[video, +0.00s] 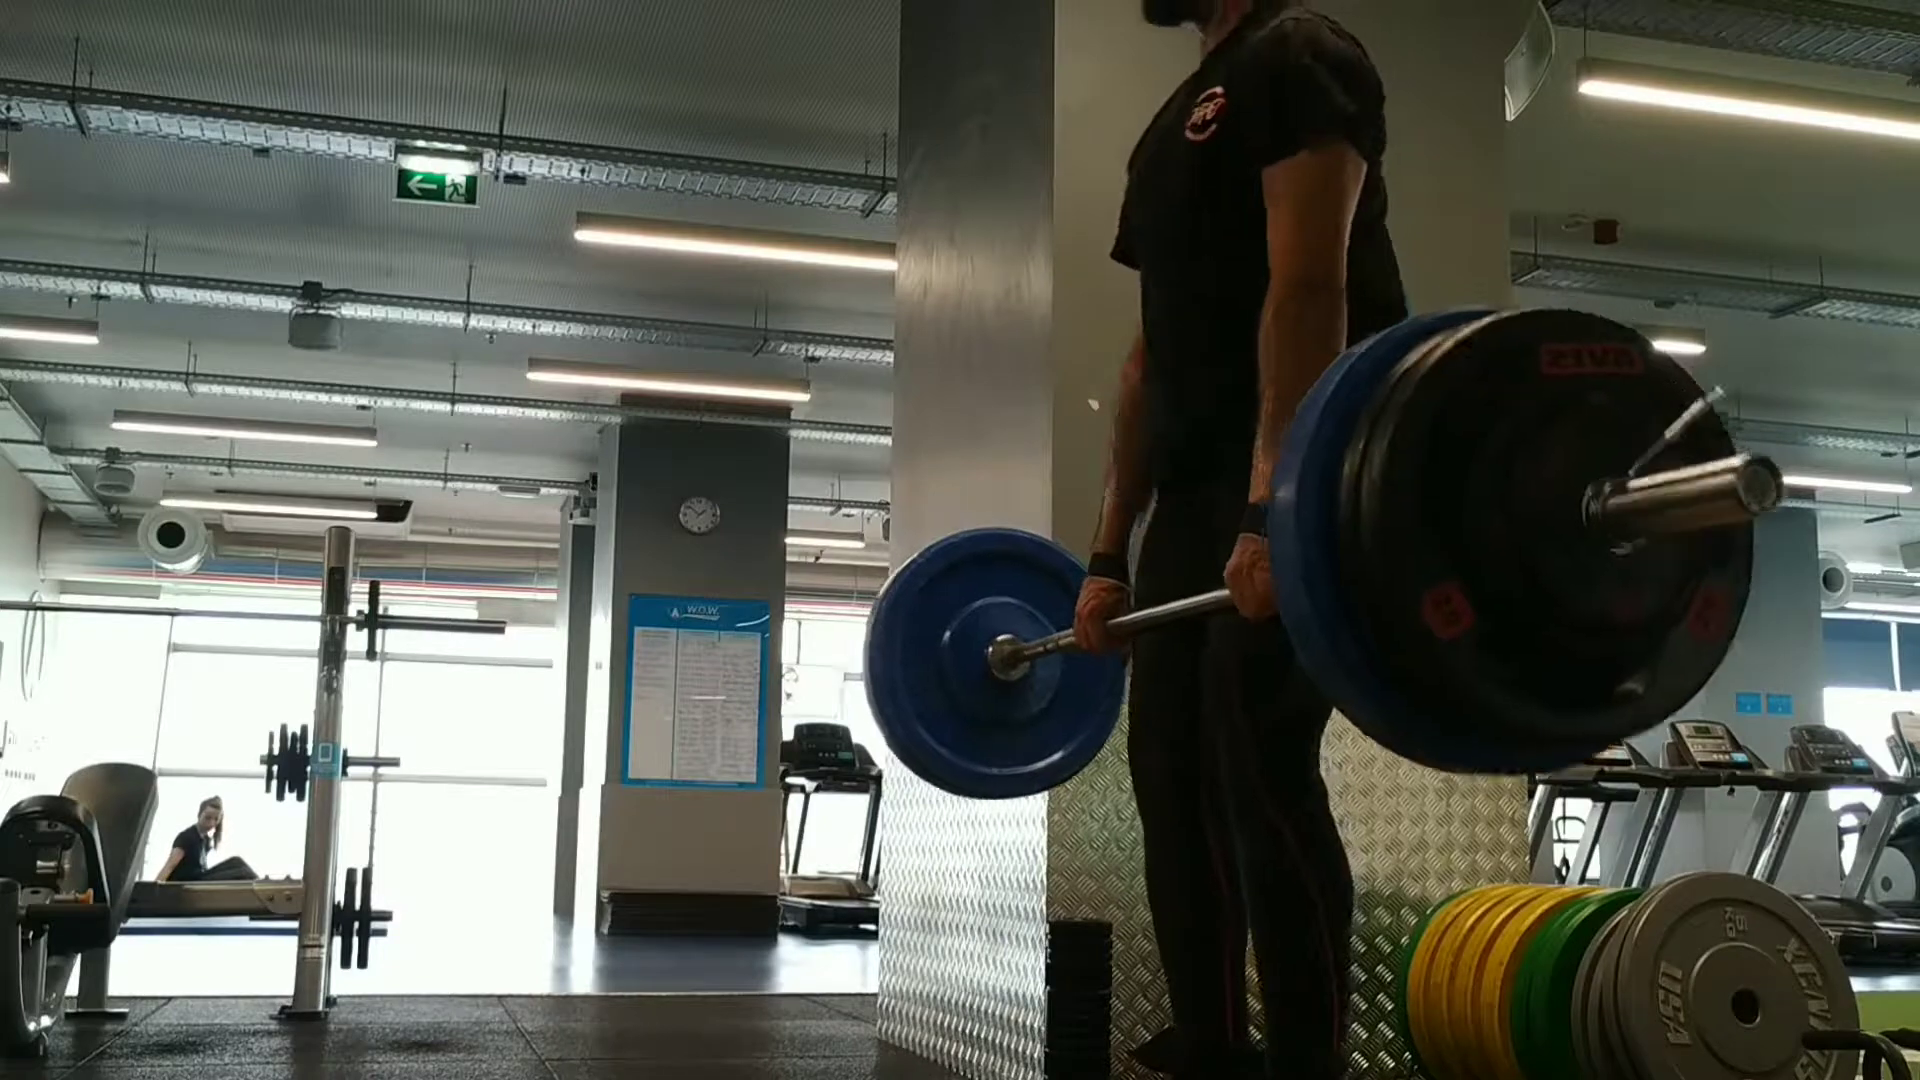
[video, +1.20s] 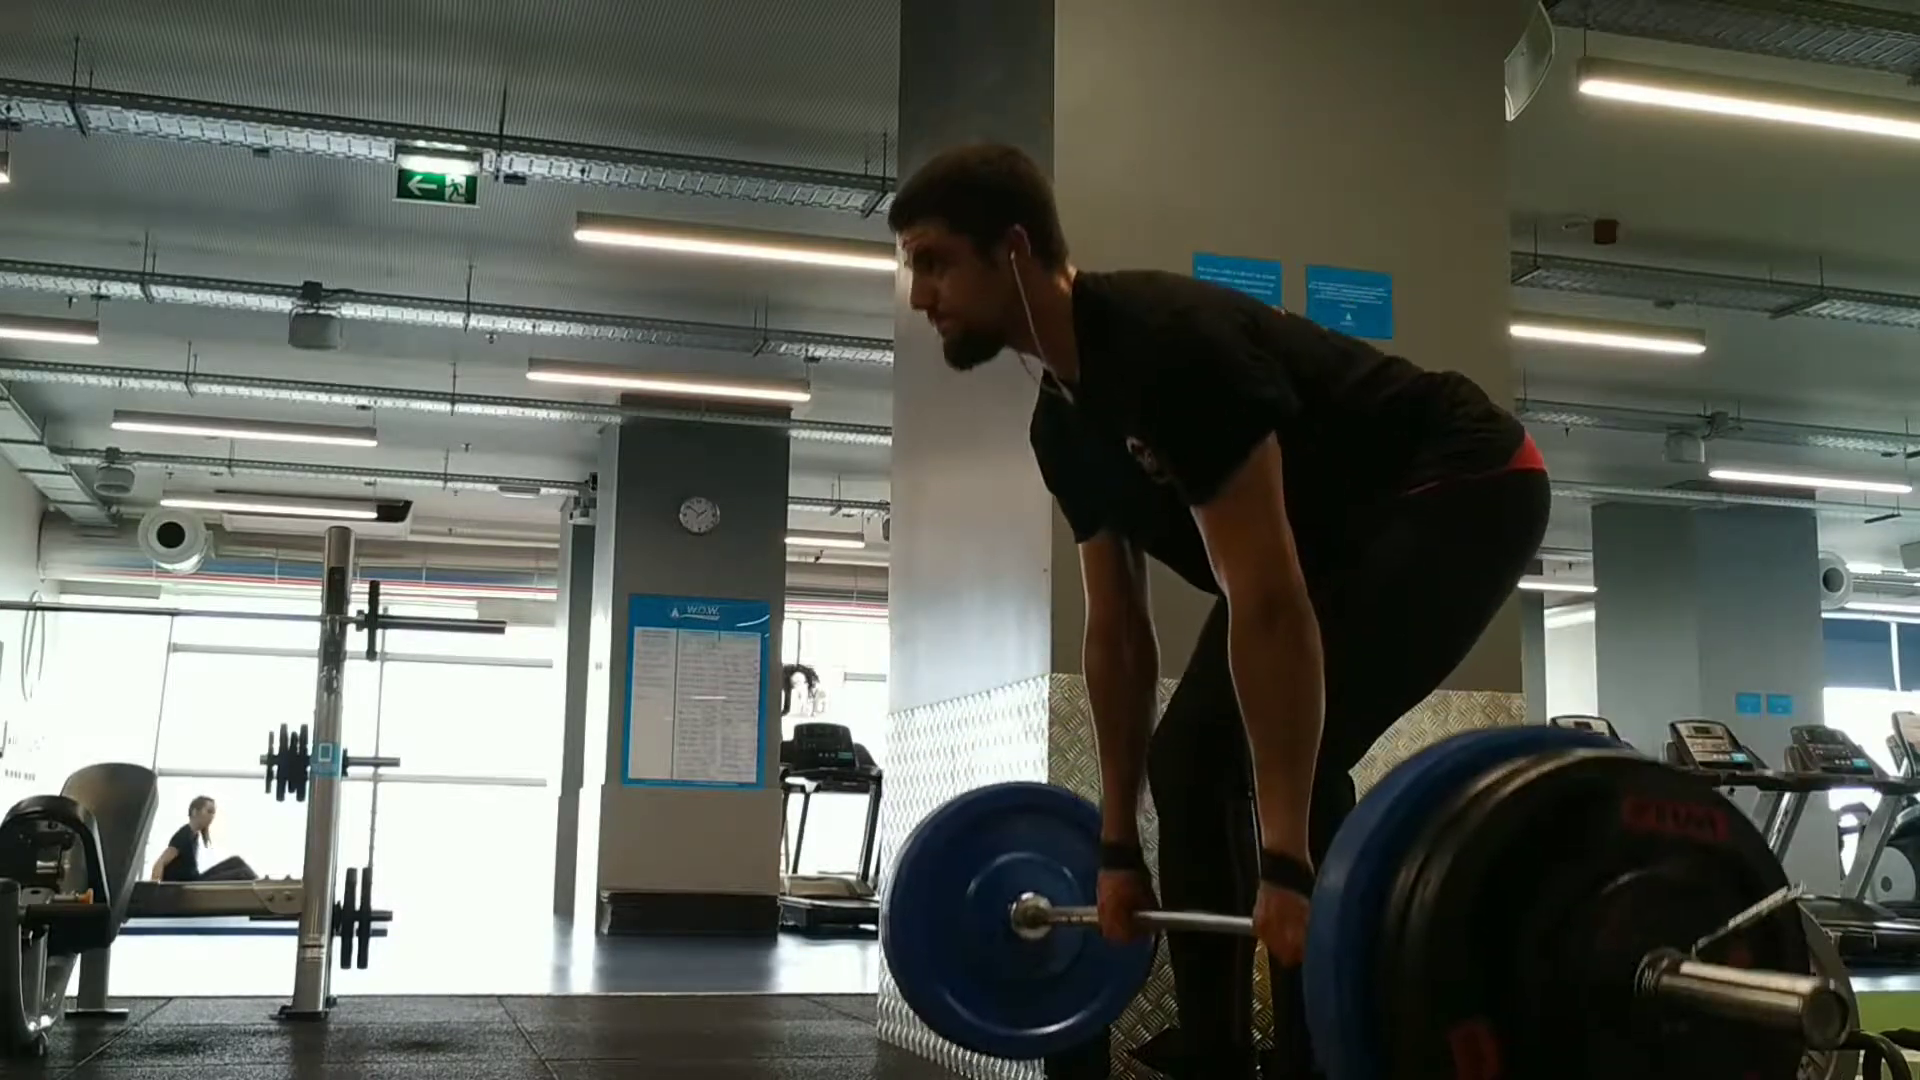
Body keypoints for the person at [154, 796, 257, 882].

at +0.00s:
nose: (211, 823)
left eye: (216, 819)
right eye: (208, 818)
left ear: (219, 821)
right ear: (199, 815)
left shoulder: (206, 839)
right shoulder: (186, 837)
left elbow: (198, 862)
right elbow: (171, 863)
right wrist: (156, 885)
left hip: (200, 877)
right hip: (188, 883)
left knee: (236, 862)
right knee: (241, 872)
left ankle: (260, 884)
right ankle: (262, 888)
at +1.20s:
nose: (212, 817)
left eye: (213, 813)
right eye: (209, 812)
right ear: (195, 812)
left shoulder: (194, 835)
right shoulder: (185, 835)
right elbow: (160, 864)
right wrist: (154, 889)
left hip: (193, 881)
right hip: (184, 888)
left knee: (235, 862)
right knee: (239, 872)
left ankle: (259, 886)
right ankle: (261, 891)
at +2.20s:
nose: (206, 816)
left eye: (207, 812)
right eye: (205, 811)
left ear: (193, 811)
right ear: (197, 810)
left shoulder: (188, 832)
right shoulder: (184, 833)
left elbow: (177, 867)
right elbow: (175, 867)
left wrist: (172, 892)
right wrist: (171, 893)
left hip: (210, 879)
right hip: (205, 884)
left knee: (254, 851)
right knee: (256, 857)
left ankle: (280, 882)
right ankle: (282, 884)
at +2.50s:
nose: (217, 820)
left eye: (218, 816)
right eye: (217, 815)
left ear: (202, 815)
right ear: (208, 815)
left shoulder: (201, 836)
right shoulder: (199, 837)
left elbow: (186, 869)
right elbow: (185, 869)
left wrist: (173, 891)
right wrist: (172, 892)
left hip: (227, 880)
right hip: (227, 883)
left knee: (267, 847)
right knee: (273, 853)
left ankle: (287, 886)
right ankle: (292, 888)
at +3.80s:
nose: (237, 823)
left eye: (237, 819)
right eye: (236, 819)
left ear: (217, 817)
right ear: (230, 819)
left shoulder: (203, 840)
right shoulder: (215, 842)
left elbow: (187, 868)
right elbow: (195, 869)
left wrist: (175, 885)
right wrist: (180, 886)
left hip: (224, 887)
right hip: (237, 887)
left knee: (276, 857)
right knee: (280, 858)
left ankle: (300, 881)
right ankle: (305, 881)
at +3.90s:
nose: (246, 822)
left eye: (246, 818)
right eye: (244, 817)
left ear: (231, 817)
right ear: (235, 817)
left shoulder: (214, 837)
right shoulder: (219, 839)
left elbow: (197, 867)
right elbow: (197, 867)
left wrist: (180, 885)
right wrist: (179, 886)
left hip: (235, 886)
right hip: (238, 888)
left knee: (281, 860)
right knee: (283, 860)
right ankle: (309, 882)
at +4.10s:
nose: (263, 821)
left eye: (264, 817)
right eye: (261, 816)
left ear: (248, 815)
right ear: (249, 814)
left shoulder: (237, 834)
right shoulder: (234, 833)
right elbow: (209, 859)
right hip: (236, 887)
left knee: (289, 868)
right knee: (291, 866)